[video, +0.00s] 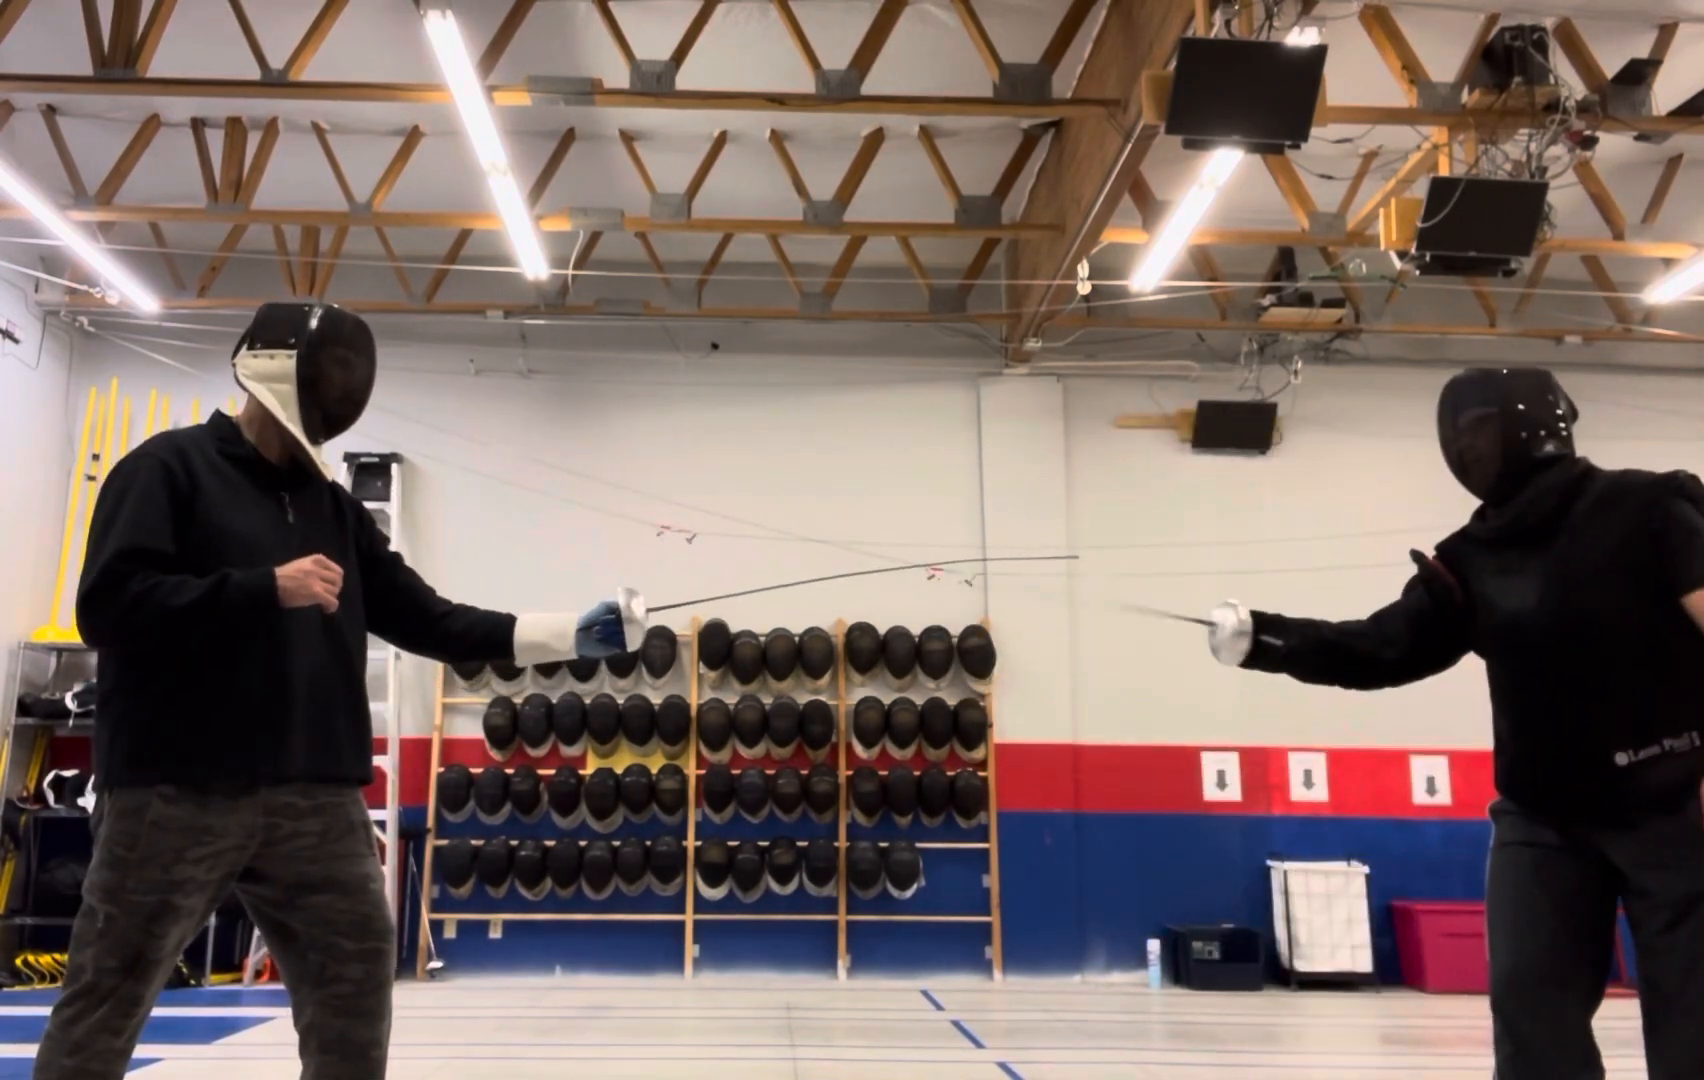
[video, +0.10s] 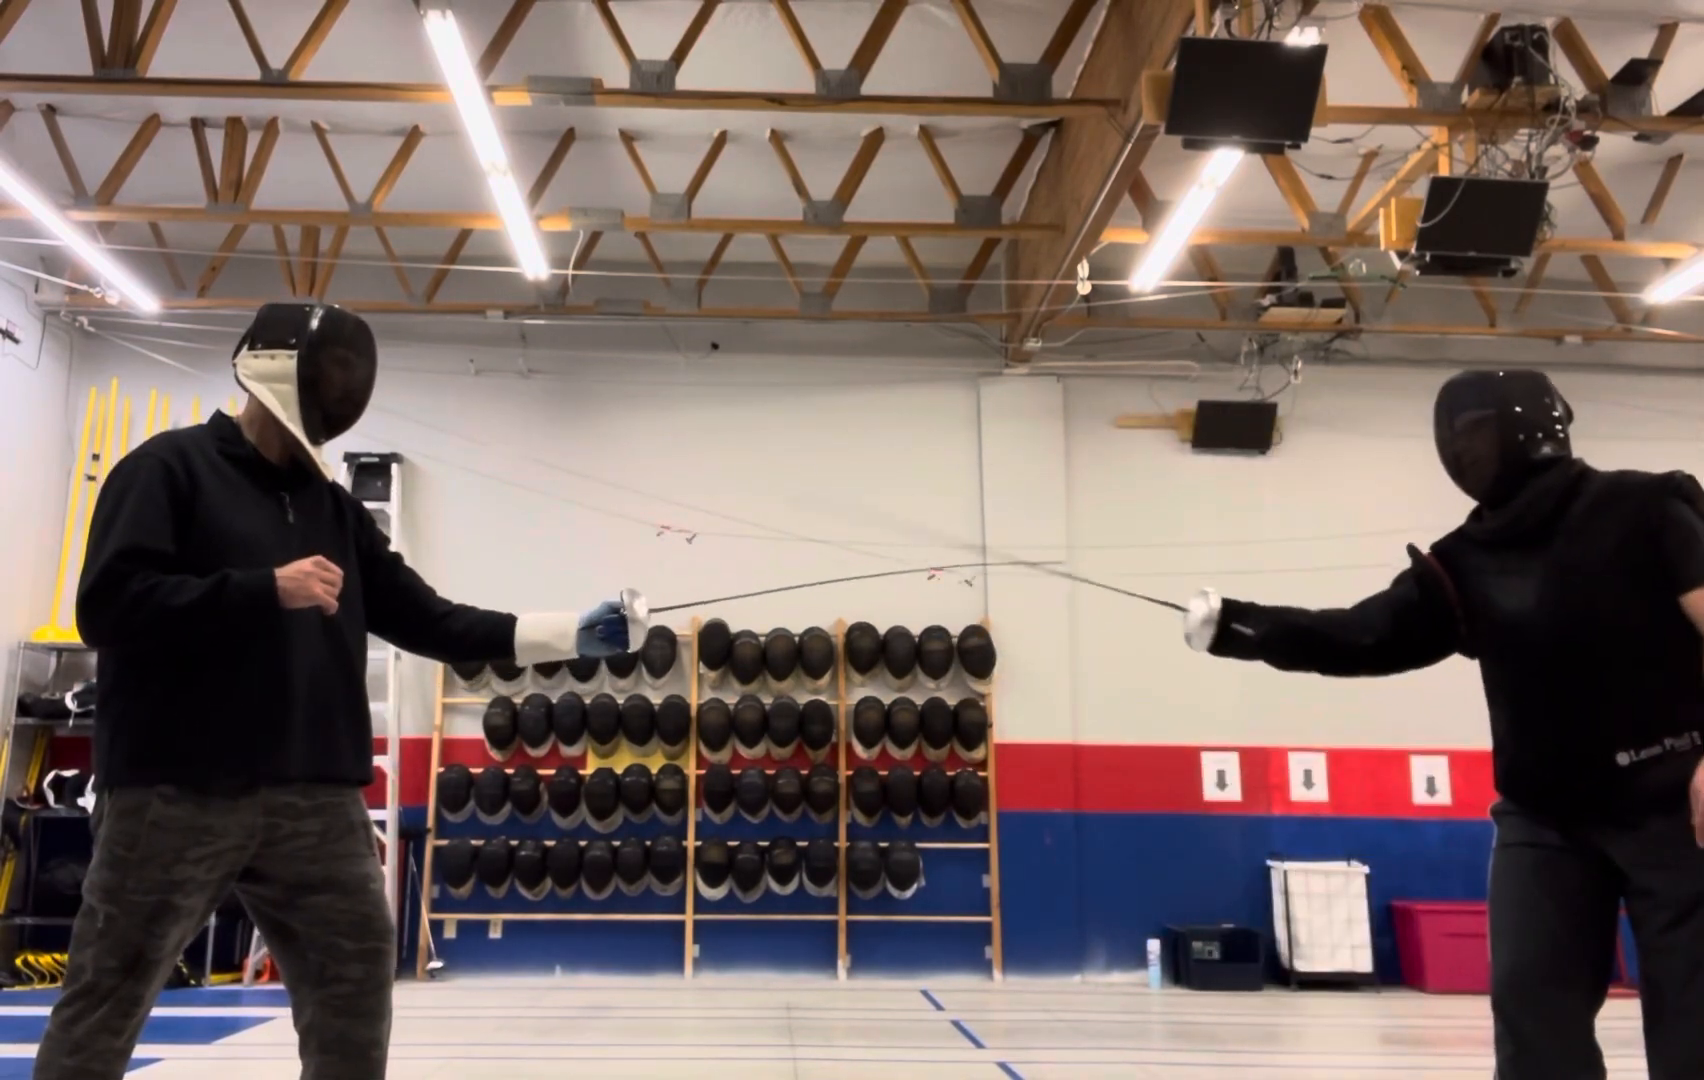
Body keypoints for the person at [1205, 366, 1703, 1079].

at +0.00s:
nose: (1462, 456)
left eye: (1476, 433)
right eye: (1454, 441)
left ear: (1530, 424)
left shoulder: (1656, 510)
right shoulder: (1471, 563)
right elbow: (1380, 648)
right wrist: (1261, 638)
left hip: (1670, 808)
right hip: (1542, 822)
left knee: (1688, 1028)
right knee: (1533, 1022)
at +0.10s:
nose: (1458, 458)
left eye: (1470, 437)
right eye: (1451, 444)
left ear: (1520, 428)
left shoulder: (1655, 510)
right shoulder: (1466, 564)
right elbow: (1363, 634)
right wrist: (1234, 627)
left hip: (1672, 811)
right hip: (1544, 822)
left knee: (1688, 1025)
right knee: (1535, 1018)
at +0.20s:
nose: (1448, 458)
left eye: (1461, 436)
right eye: (1443, 444)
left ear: (1514, 429)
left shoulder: (1644, 510)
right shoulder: (1459, 560)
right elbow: (1347, 621)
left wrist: (1703, 749)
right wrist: (1216, 618)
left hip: (1666, 807)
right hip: (1539, 821)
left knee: (1688, 1020)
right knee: (1526, 1008)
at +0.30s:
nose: (1439, 459)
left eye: (1451, 437)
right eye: (1432, 444)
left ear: (1504, 430)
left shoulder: (1635, 510)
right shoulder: (1448, 563)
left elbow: (1703, 627)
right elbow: (1335, 621)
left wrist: (1698, 748)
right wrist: (1205, 617)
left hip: (1654, 801)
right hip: (1522, 814)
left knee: (1684, 1008)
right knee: (1494, 990)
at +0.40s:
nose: (1419, 457)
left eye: (1433, 436)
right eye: (1412, 442)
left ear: (1487, 432)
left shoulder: (1607, 512)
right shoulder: (1429, 567)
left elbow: (1689, 620)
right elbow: (1319, 624)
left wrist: (1689, 752)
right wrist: (1190, 619)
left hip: (1637, 802)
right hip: (1504, 816)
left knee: (1677, 1007)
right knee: (1461, 989)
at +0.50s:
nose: (1391, 470)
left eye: (1400, 449)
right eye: (1385, 456)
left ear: (1446, 440)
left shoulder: (1580, 517)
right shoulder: (1404, 571)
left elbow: (1663, 633)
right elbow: (1290, 630)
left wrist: (1676, 759)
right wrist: (1163, 624)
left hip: (1608, 817)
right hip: (1480, 829)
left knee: (1668, 1038)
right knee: (1430, 1036)